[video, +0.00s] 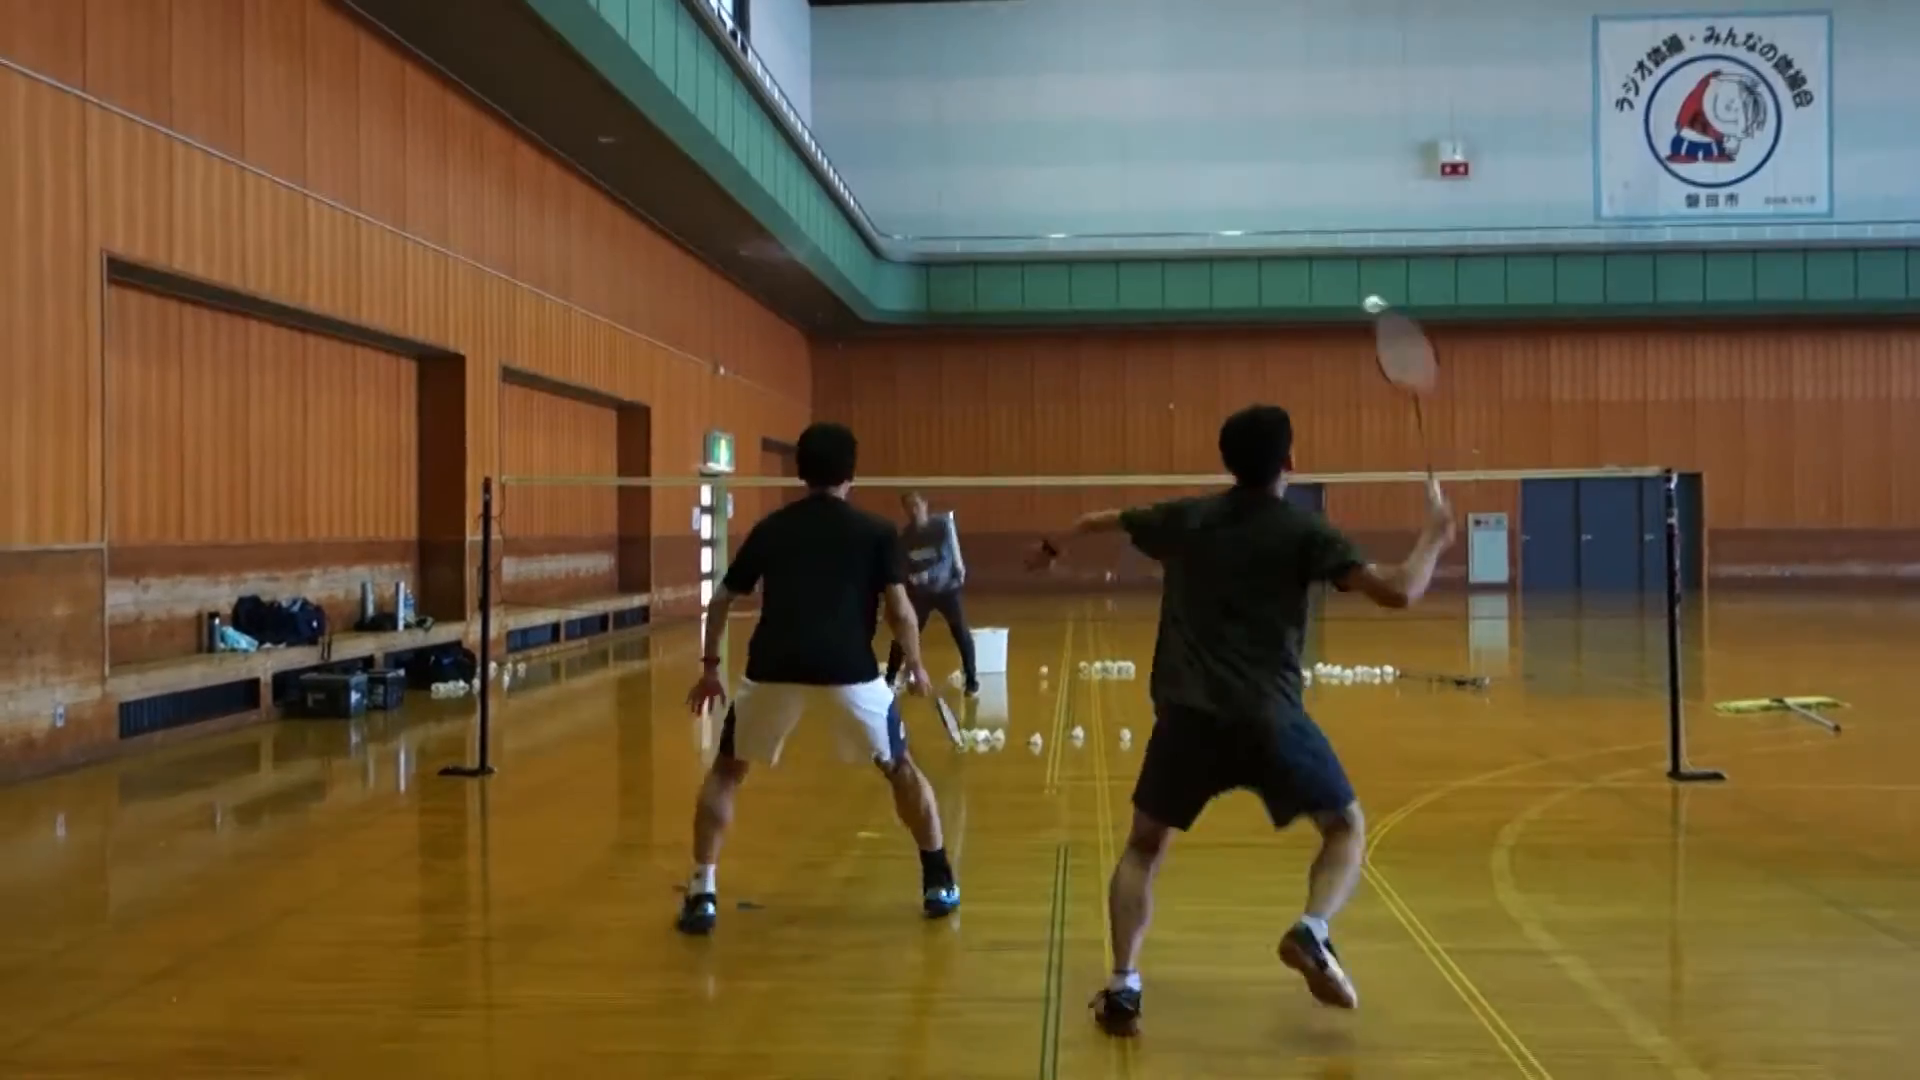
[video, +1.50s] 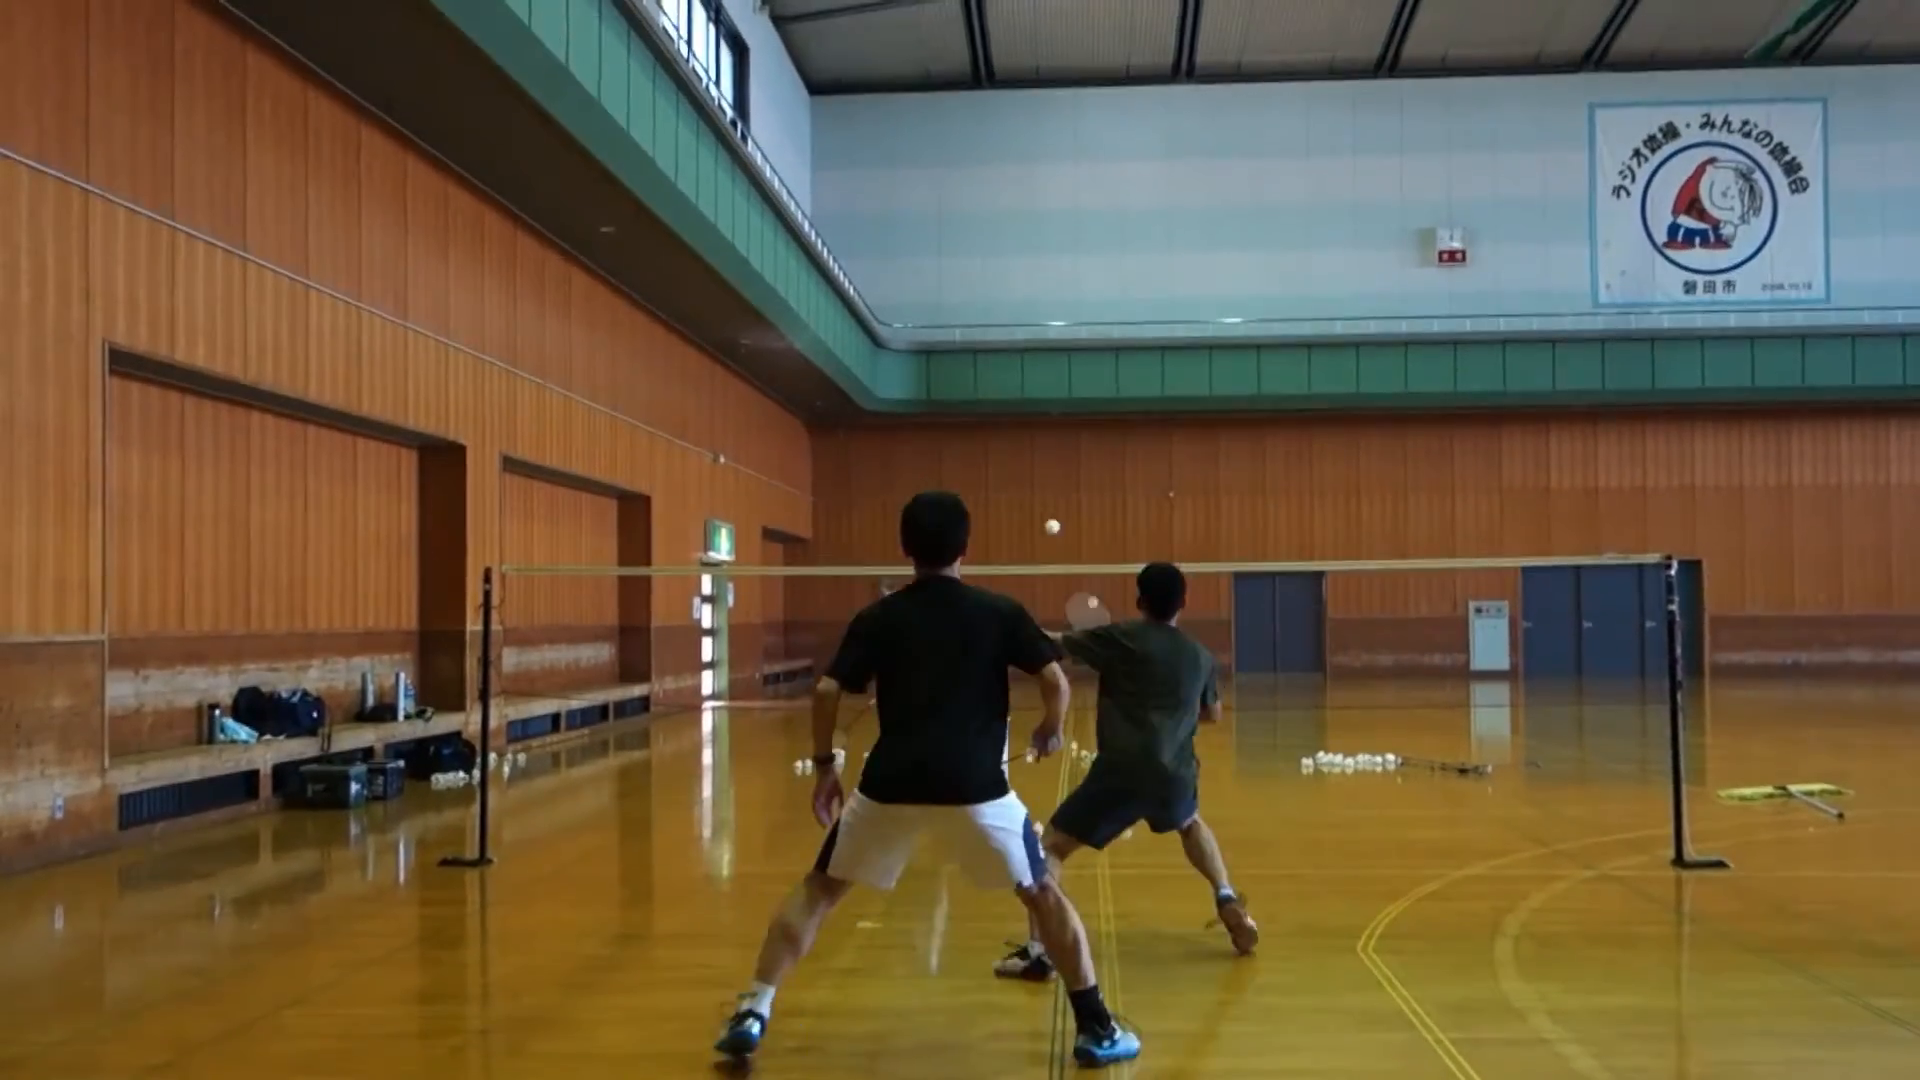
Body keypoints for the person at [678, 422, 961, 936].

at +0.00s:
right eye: (847, 468)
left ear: (799, 470)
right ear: (851, 473)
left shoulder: (772, 528)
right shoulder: (876, 533)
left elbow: (721, 601)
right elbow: (900, 610)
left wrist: (709, 665)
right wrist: (915, 664)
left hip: (775, 670)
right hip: (851, 672)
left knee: (726, 772)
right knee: (902, 771)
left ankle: (701, 894)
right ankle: (939, 879)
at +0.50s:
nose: (845, 528)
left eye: (841, 521)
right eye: (845, 521)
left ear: (788, 525)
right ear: (839, 524)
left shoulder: (759, 583)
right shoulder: (857, 576)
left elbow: (722, 676)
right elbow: (867, 642)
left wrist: (724, 744)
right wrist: (902, 712)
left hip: (762, 725)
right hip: (841, 724)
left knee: (707, 842)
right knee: (899, 831)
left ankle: (666, 971)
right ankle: (944, 960)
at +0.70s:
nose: (857, 543)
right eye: (856, 535)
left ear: (797, 539)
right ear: (854, 540)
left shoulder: (764, 609)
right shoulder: (877, 605)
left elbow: (722, 702)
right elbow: (912, 689)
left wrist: (697, 777)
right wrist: (938, 751)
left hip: (763, 777)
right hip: (851, 775)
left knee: (703, 866)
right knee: (935, 875)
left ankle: (641, 983)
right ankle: (976, 1005)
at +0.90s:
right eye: (894, 506)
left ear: (837, 513)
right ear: (896, 512)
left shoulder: (807, 584)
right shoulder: (932, 580)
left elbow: (748, 660)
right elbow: (973, 663)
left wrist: (736, 739)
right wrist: (993, 716)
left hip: (823, 753)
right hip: (909, 754)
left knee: (759, 858)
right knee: (970, 869)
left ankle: (723, 993)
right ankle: (987, 1013)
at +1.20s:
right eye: (899, 542)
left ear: (843, 549)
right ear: (901, 549)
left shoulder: (810, 619)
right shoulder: (929, 620)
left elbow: (764, 706)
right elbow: (958, 710)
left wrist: (747, 787)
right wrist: (974, 780)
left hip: (815, 795)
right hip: (901, 790)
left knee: (756, 906)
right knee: (992, 880)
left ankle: (692, 1037)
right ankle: (1064, 1009)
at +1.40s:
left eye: (890, 566)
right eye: (935, 563)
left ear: (888, 575)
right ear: (946, 573)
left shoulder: (859, 646)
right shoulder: (981, 640)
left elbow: (812, 731)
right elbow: (1031, 719)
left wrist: (792, 801)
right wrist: (1033, 758)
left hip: (871, 819)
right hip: (962, 814)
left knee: (797, 910)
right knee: (1044, 892)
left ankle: (709, 1022)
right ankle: (1096, 1027)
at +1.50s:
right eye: (958, 539)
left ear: (905, 547)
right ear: (964, 547)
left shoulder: (878, 617)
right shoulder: (999, 613)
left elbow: (826, 691)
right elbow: (1056, 679)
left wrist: (825, 766)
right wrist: (1051, 728)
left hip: (890, 788)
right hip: (976, 789)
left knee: (817, 890)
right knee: (1043, 893)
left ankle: (754, 1009)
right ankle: (1096, 1027)